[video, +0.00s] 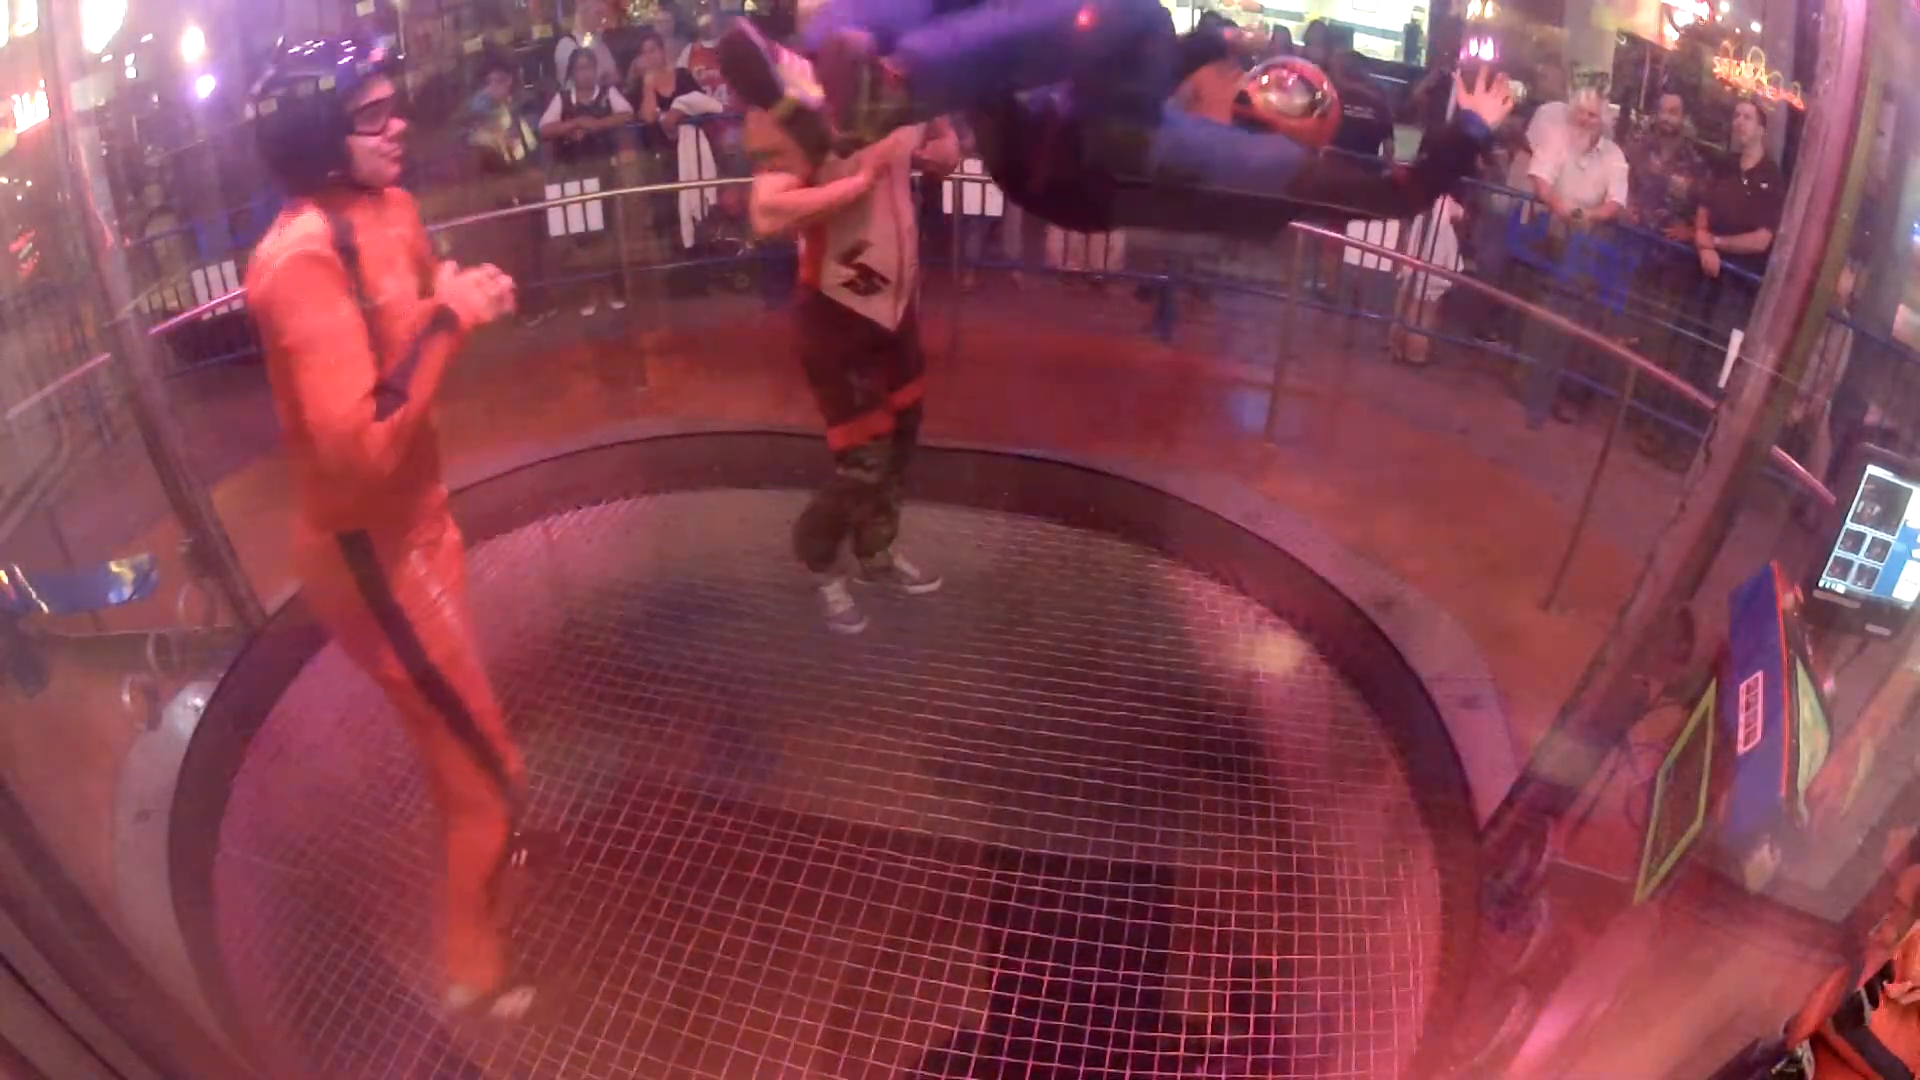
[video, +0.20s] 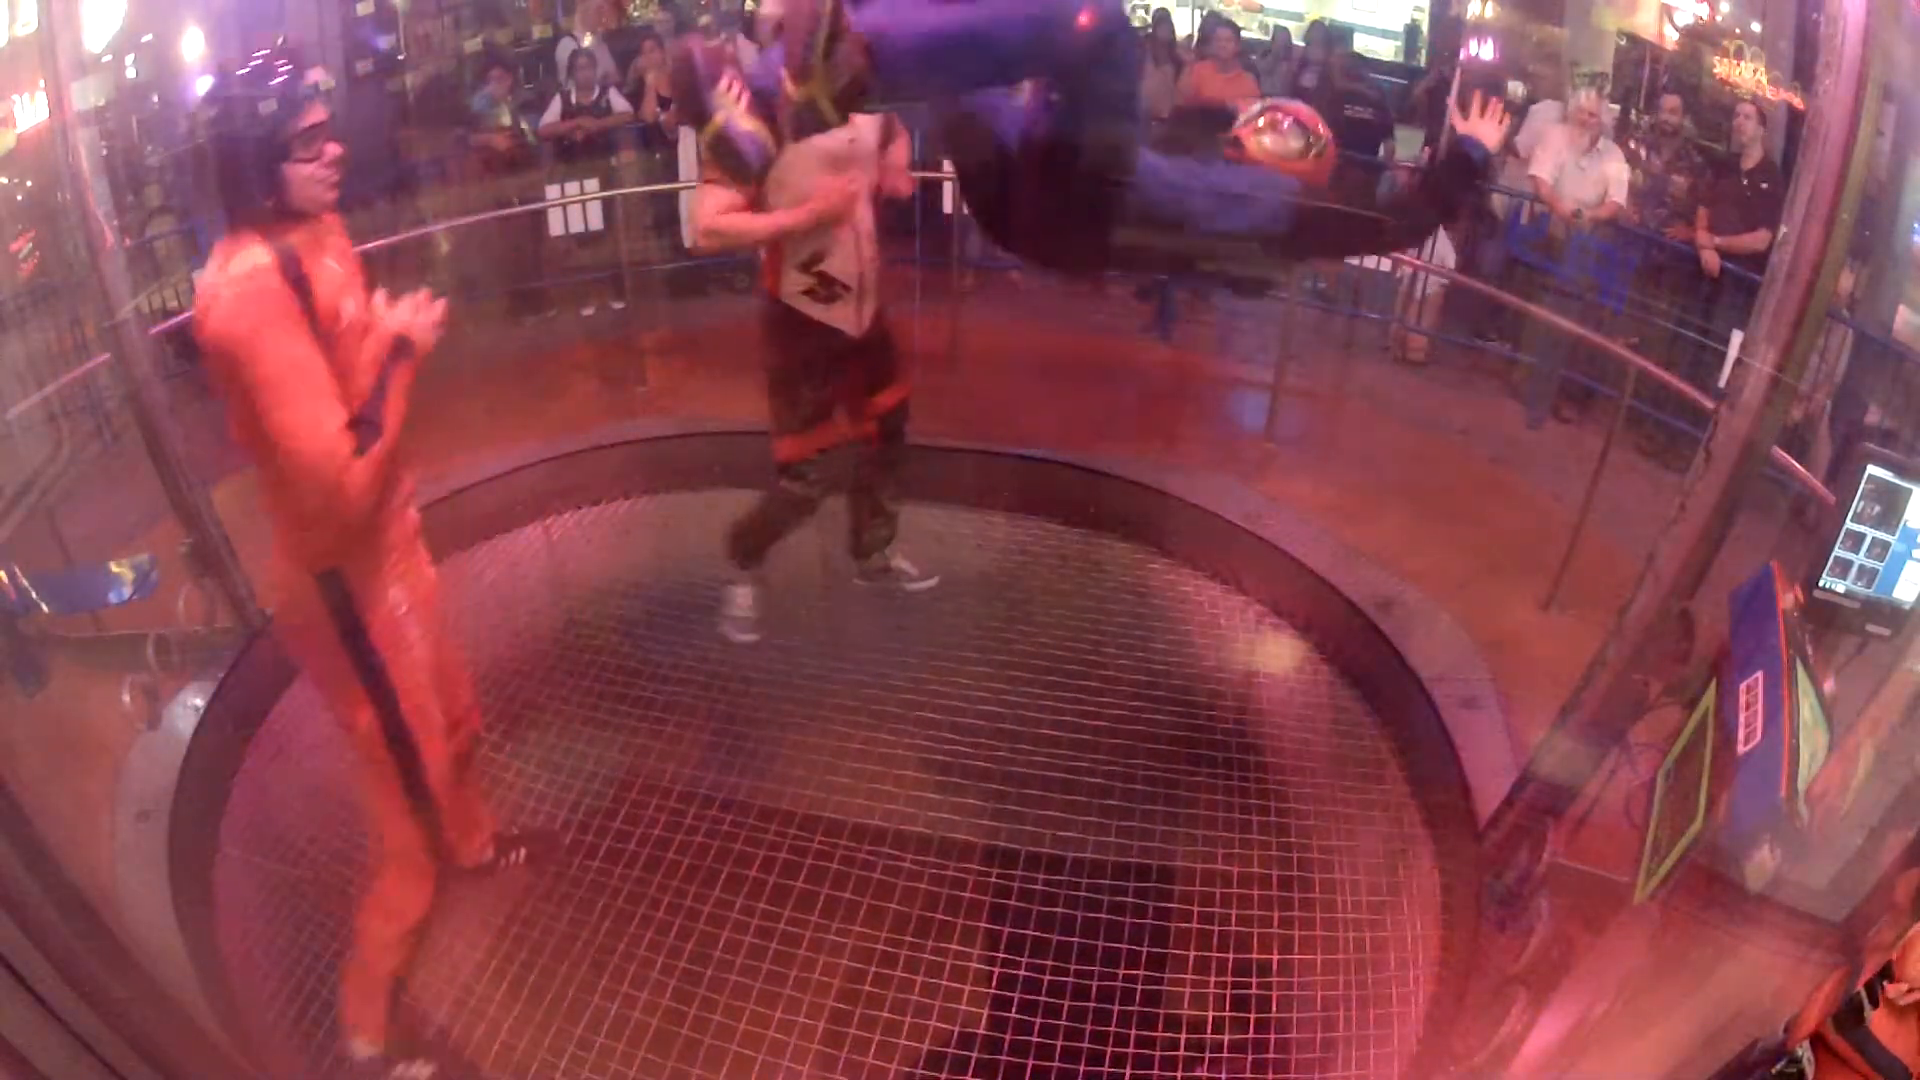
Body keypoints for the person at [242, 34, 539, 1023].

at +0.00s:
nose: (397, 131)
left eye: (395, 112)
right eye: (373, 119)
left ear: (390, 121)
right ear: (317, 141)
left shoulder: (391, 211)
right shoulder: (298, 263)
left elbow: (413, 320)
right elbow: (357, 456)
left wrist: (456, 294)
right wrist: (446, 323)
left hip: (423, 519)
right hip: (364, 549)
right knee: (482, 774)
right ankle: (468, 984)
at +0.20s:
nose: (333, 156)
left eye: (331, 138)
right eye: (309, 144)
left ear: (324, 149)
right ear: (255, 162)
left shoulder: (327, 240)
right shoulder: (243, 288)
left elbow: (351, 385)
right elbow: (336, 498)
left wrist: (388, 333)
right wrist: (404, 357)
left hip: (395, 538)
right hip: (340, 577)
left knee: (450, 718)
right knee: (415, 836)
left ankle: (474, 846)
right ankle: (363, 1042)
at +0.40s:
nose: (265, 209)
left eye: (260, 189)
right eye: (238, 200)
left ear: (256, 194)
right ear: (181, 229)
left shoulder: (252, 303)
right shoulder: (178, 356)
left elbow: (301, 430)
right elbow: (277, 582)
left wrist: (336, 409)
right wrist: (340, 441)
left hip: (328, 632)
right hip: (273, 670)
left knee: (442, 754)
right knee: (326, 918)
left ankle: (477, 858)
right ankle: (321, 1071)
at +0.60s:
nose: (195, 277)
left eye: (193, 254)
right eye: (169, 261)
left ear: (193, 260)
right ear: (110, 282)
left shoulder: (190, 358)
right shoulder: (85, 424)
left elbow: (216, 516)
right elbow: (200, 657)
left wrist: (267, 430)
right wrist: (270, 465)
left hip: (251, 692)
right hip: (196, 731)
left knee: (425, 781)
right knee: (284, 970)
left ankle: (441, 901)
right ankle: (301, 1071)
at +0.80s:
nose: (106, 278)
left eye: (108, 254)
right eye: (75, 263)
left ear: (116, 259)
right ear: (22, 288)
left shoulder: (108, 367)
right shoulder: (19, 475)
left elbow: (145, 455)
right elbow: (84, 703)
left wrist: (174, 406)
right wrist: (126, 490)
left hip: (217, 693)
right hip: (161, 747)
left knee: (369, 822)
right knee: (262, 962)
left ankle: (372, 995)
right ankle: (303, 1070)